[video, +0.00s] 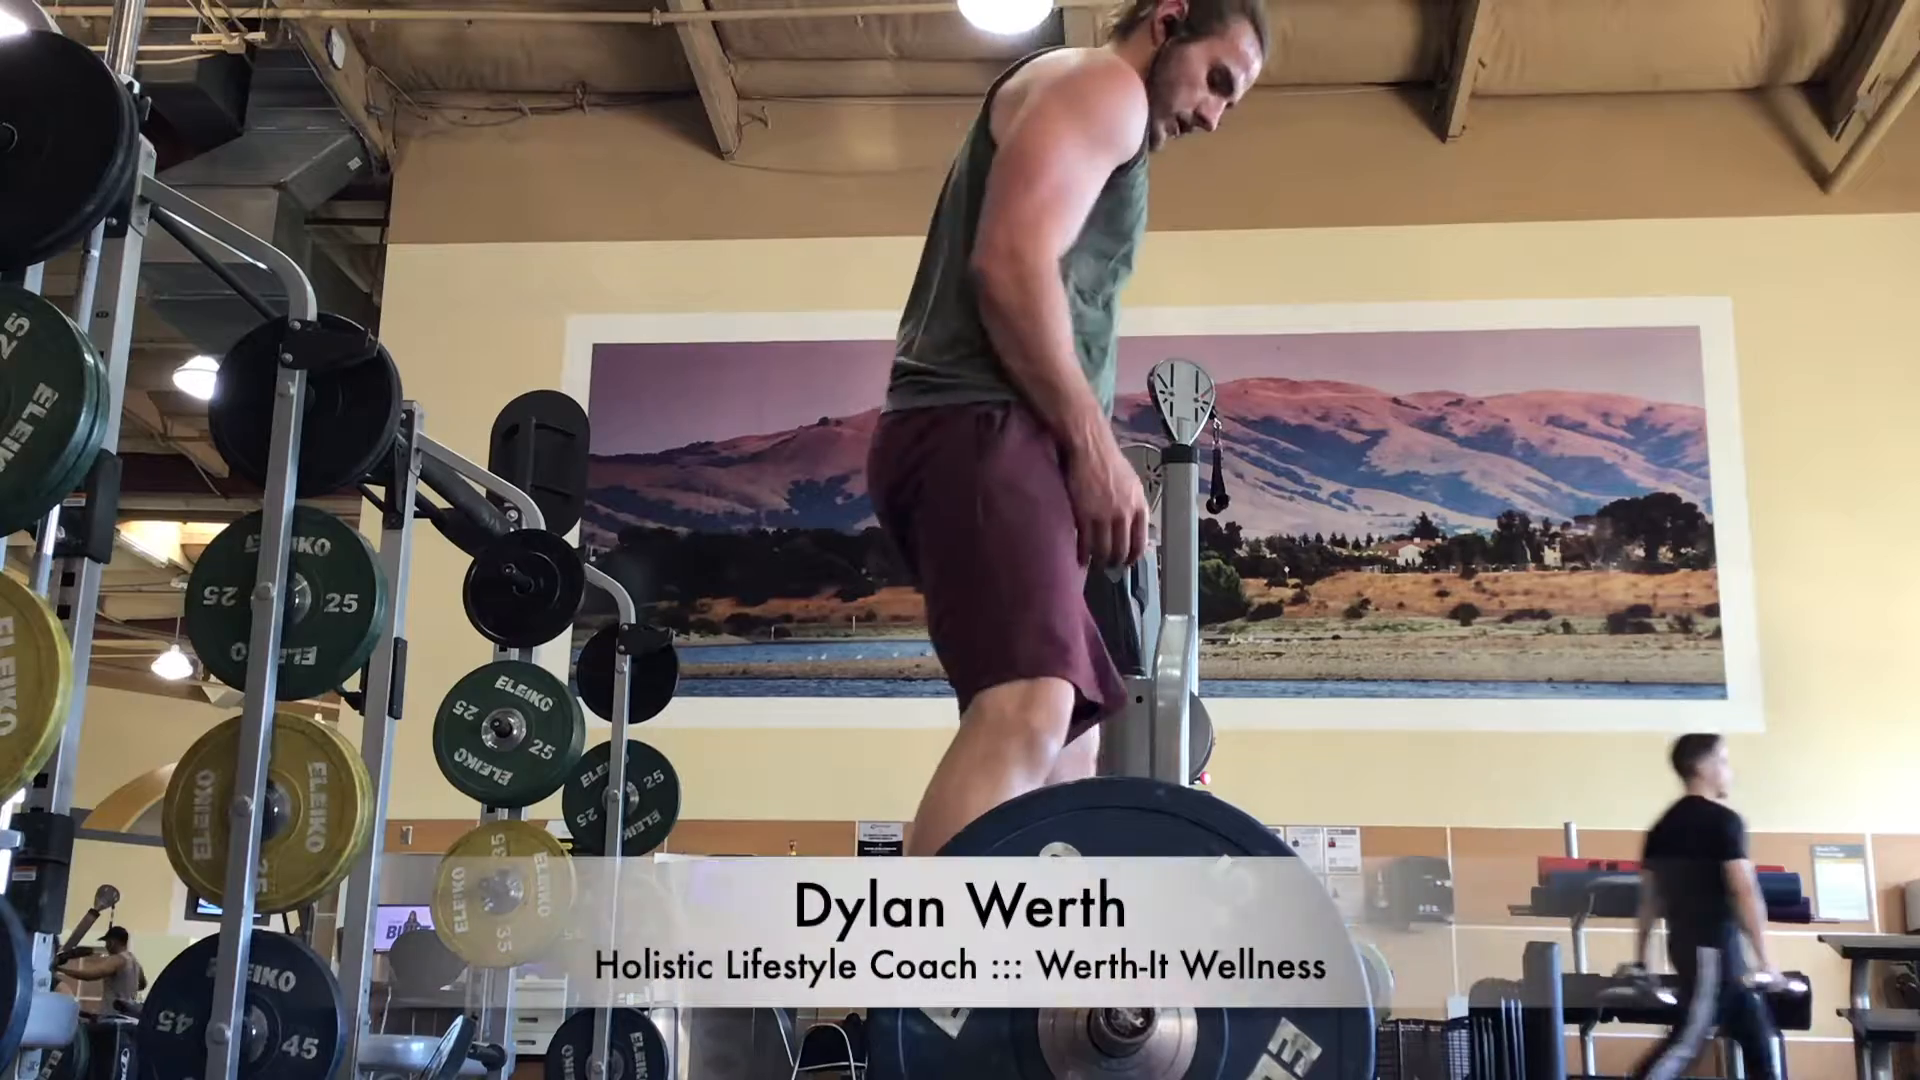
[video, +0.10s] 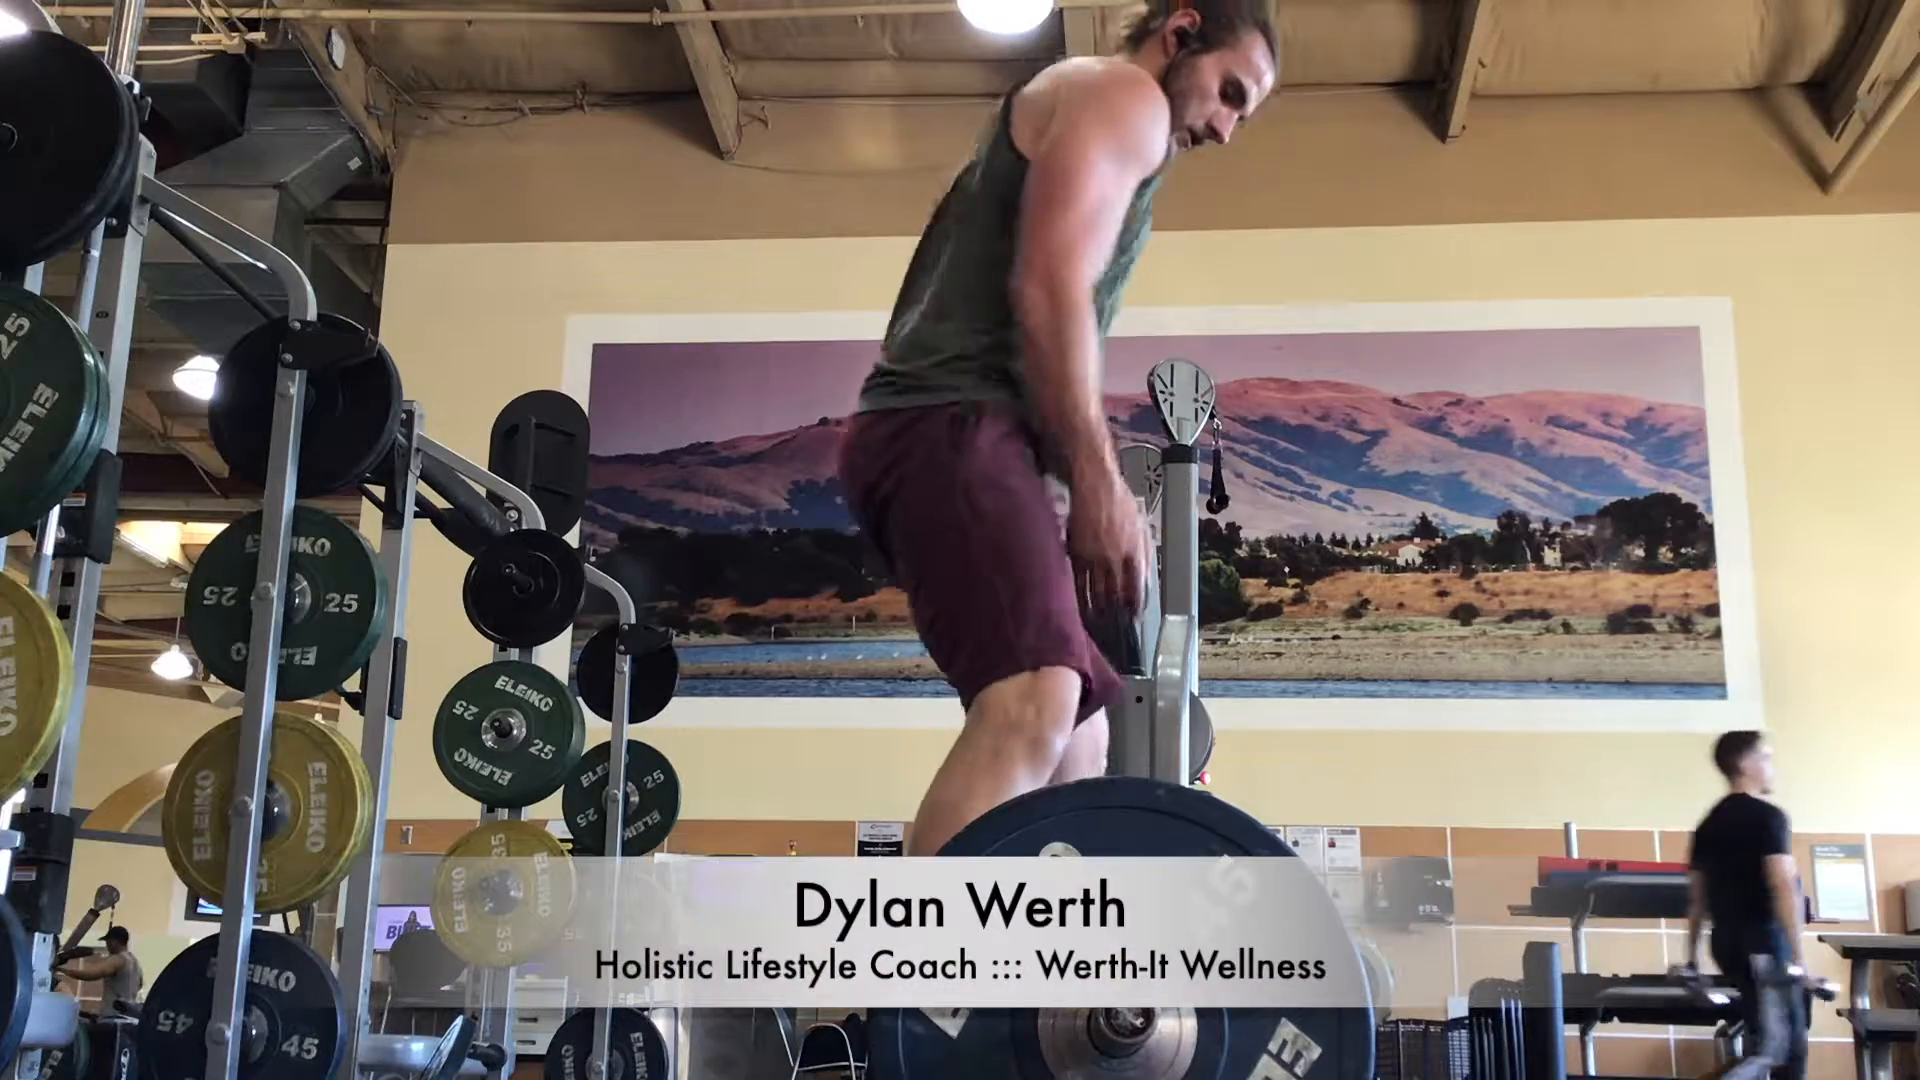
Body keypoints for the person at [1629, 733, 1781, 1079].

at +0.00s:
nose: (1729, 769)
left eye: (1726, 760)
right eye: (1722, 761)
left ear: (1688, 770)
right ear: (1701, 767)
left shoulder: (1661, 827)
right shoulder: (1723, 820)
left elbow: (1649, 900)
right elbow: (1743, 891)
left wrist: (1642, 960)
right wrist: (1765, 959)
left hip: (1684, 941)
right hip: (1715, 942)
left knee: (1759, 1035)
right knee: (1691, 1037)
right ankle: (1641, 1075)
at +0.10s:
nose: (1770, 765)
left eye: (1768, 756)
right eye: (1763, 757)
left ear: (1730, 768)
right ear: (1743, 765)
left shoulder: (1707, 825)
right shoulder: (1769, 816)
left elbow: (1697, 897)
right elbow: (1782, 885)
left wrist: (1692, 956)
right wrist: (1799, 955)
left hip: (1726, 944)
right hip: (1764, 944)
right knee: (1776, 1046)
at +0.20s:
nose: (1815, 758)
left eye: (1813, 750)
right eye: (1808, 751)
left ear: (1777, 761)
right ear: (1786, 758)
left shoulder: (1752, 816)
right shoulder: (1806, 811)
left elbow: (1747, 885)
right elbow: (1817, 883)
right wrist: (1835, 950)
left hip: (1762, 946)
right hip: (1800, 947)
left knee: (1798, 1043)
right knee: (1851, 1034)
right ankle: (1812, 1073)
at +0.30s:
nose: (1860, 758)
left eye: (1857, 751)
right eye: (1852, 752)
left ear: (1822, 763)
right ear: (1830, 761)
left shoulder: (1798, 816)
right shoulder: (1847, 814)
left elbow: (1795, 878)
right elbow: (1858, 887)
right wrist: (1874, 952)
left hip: (1804, 944)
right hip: (1843, 947)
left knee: (1813, 1045)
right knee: (1892, 1028)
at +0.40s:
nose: (1908, 765)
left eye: (1904, 757)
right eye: (1900, 758)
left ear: (1872, 769)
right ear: (1878, 767)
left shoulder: (1850, 821)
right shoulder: (1892, 822)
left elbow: (1852, 894)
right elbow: (1902, 896)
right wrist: (1912, 961)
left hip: (1850, 948)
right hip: (1886, 953)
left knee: (1834, 1049)